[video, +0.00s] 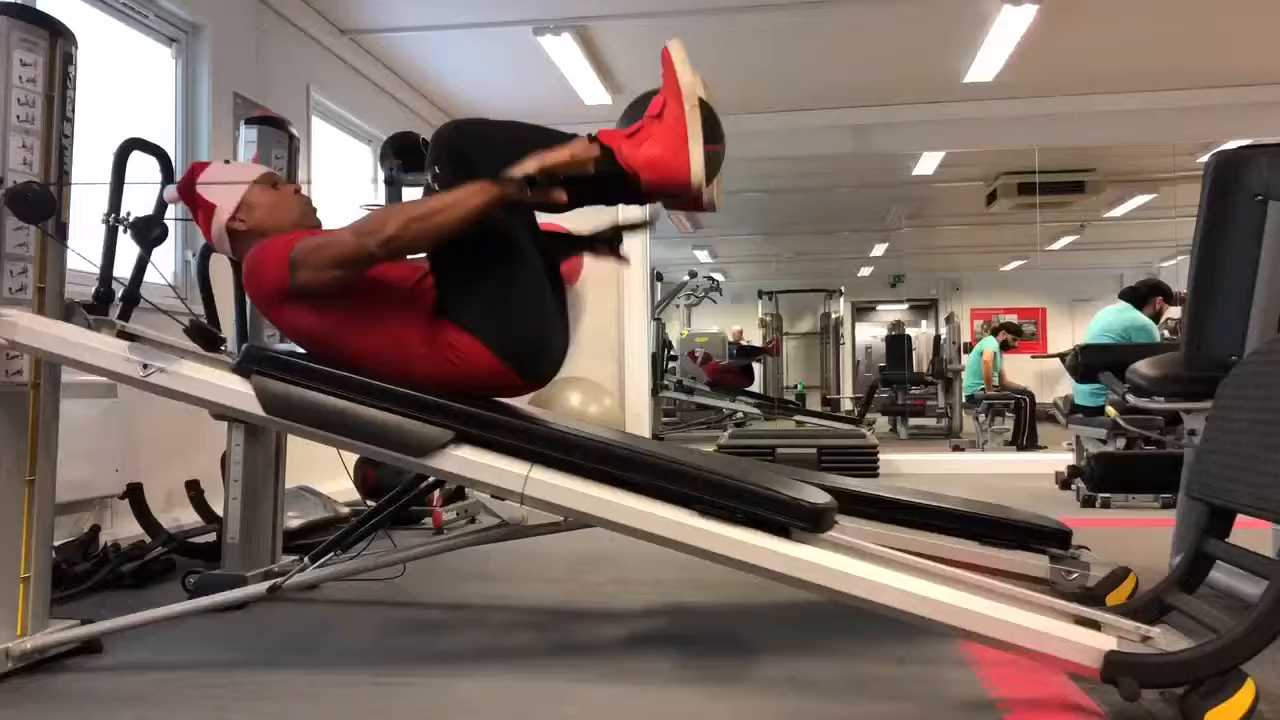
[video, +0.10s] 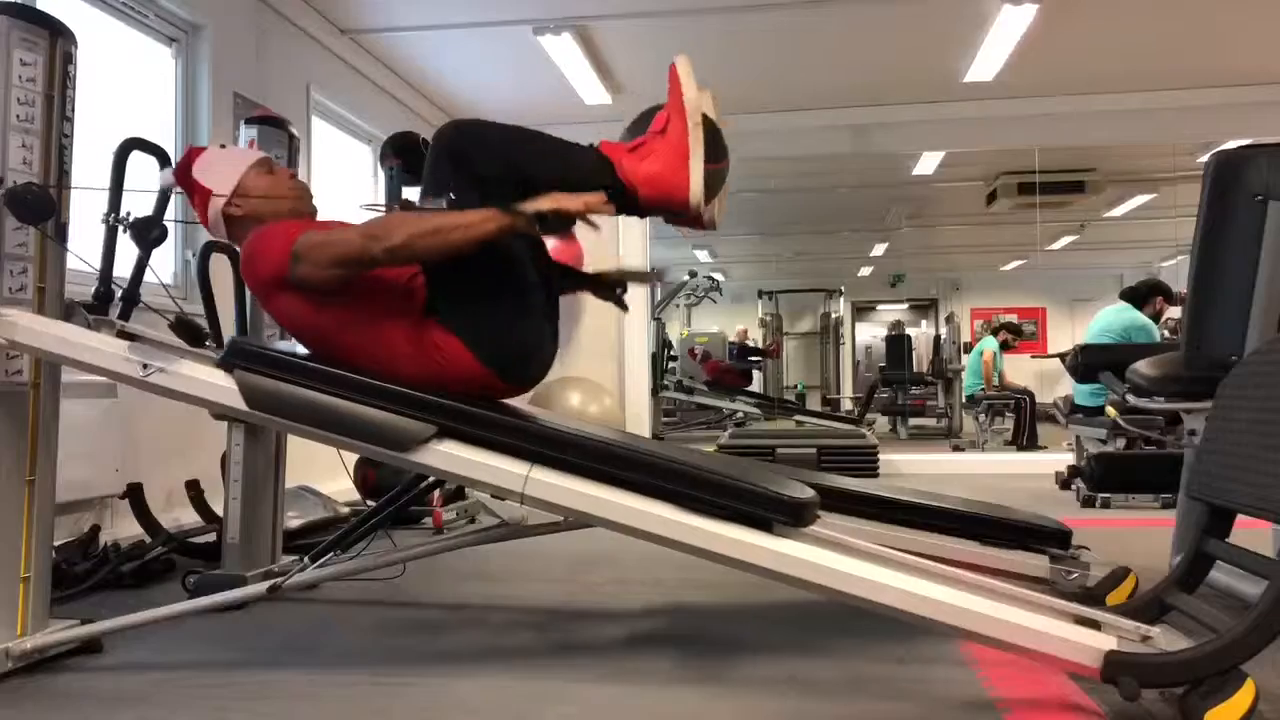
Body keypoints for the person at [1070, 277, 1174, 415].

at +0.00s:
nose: (1163, 313)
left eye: (1166, 309)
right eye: (1165, 308)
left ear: (1139, 297)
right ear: (1158, 303)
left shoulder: (1107, 312)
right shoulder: (1143, 324)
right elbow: (1156, 371)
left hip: (1081, 398)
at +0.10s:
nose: (1164, 314)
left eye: (1167, 309)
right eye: (1166, 308)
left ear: (1139, 298)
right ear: (1159, 303)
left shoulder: (1106, 312)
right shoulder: (1143, 324)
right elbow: (1156, 370)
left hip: (1081, 398)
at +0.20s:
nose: (1165, 314)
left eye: (1168, 309)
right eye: (1166, 308)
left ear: (1139, 298)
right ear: (1159, 303)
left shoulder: (1106, 312)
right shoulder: (1143, 324)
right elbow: (1157, 370)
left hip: (1082, 398)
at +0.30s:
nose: (1165, 313)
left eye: (1168, 309)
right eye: (1167, 308)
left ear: (1140, 298)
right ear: (1159, 303)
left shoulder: (1107, 312)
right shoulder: (1143, 324)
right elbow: (1157, 370)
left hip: (1081, 398)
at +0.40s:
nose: (1165, 314)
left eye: (1168, 309)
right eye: (1166, 308)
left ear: (1140, 299)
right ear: (1159, 303)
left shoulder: (1106, 312)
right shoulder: (1143, 325)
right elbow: (1156, 370)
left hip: (1081, 397)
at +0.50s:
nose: (1164, 315)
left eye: (1167, 310)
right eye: (1166, 309)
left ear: (1140, 298)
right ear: (1159, 303)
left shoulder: (1106, 312)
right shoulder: (1143, 325)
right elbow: (1156, 370)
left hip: (1081, 397)